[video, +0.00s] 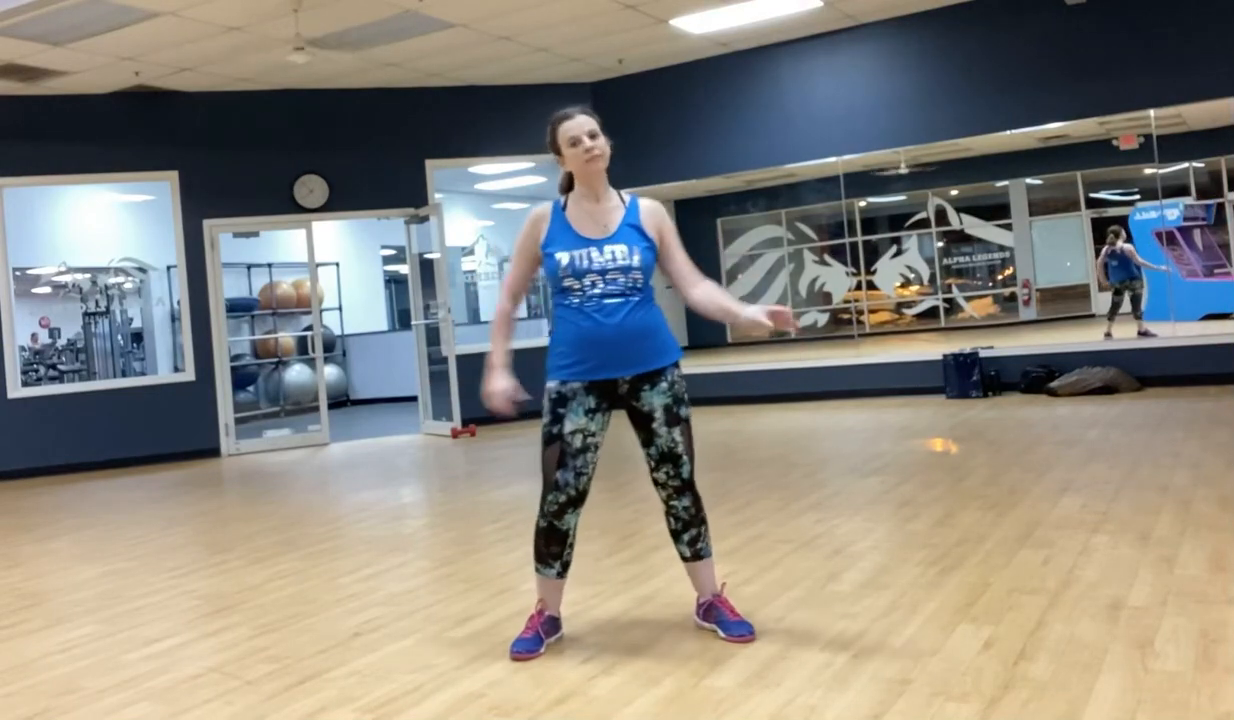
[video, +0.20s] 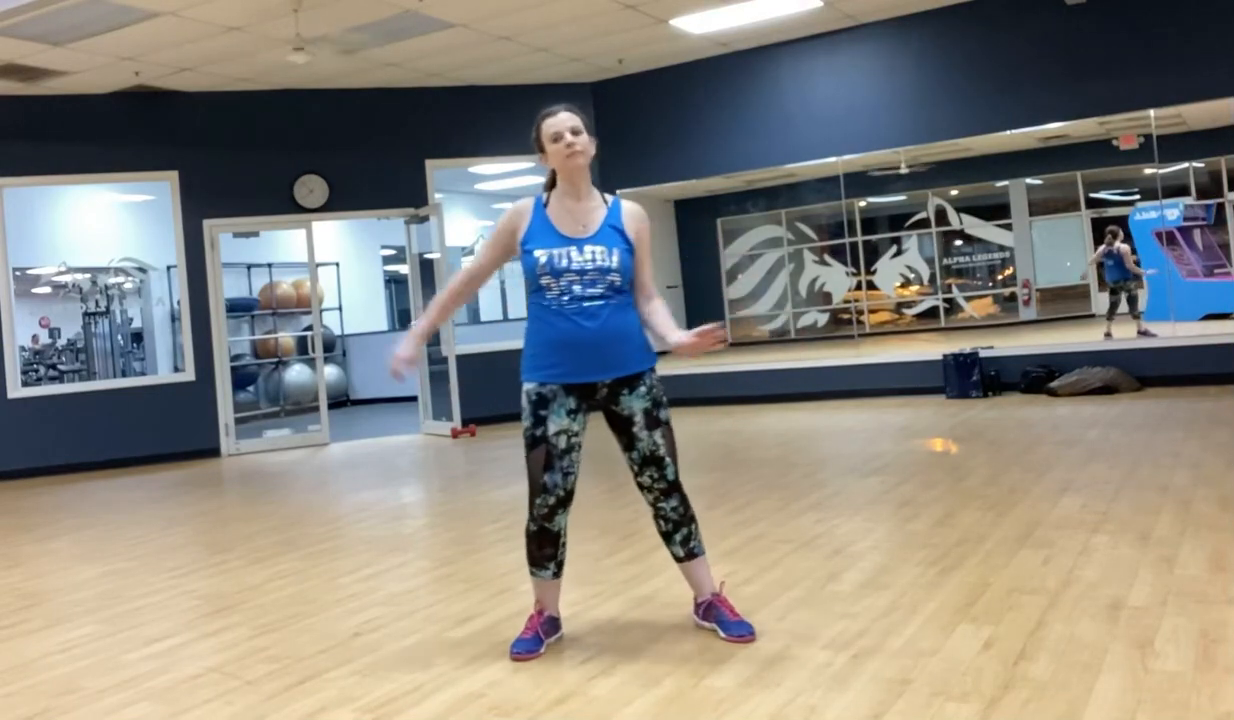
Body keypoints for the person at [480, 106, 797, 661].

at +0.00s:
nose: (590, 146)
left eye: (594, 136)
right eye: (576, 142)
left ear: (609, 143)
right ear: (561, 159)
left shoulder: (648, 212)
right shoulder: (544, 220)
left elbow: (694, 286)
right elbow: (510, 299)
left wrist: (747, 314)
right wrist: (498, 366)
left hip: (653, 370)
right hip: (576, 379)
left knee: (678, 484)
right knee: (560, 496)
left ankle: (711, 601)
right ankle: (546, 614)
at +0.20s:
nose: (571, 142)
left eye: (577, 132)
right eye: (558, 138)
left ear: (593, 143)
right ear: (544, 156)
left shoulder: (629, 216)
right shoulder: (523, 217)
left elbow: (647, 295)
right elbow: (467, 281)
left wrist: (676, 337)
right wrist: (416, 336)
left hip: (629, 372)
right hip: (553, 380)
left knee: (664, 484)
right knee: (548, 498)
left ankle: (708, 598)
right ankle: (545, 613)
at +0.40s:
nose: (555, 138)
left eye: (562, 130)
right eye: (542, 134)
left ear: (578, 141)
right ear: (529, 152)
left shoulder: (614, 213)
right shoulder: (508, 214)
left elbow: (638, 291)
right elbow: (441, 258)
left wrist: (639, 346)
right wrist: (374, 290)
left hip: (612, 372)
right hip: (538, 380)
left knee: (661, 481)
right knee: (538, 499)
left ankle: (706, 598)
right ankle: (545, 614)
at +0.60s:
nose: (553, 134)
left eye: (559, 126)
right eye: (541, 131)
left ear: (578, 139)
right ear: (527, 151)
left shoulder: (615, 205)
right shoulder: (507, 208)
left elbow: (654, 274)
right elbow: (428, 223)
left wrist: (647, 339)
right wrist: (345, 222)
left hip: (617, 369)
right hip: (543, 378)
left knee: (670, 471)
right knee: (540, 495)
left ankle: (687, 599)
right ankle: (545, 614)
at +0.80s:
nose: (581, 136)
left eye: (587, 128)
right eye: (568, 135)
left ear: (608, 142)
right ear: (559, 158)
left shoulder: (651, 202)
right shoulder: (549, 212)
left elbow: (680, 264)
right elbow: (469, 233)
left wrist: (674, 329)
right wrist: (391, 228)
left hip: (645, 374)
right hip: (573, 378)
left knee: (690, 480)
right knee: (542, 493)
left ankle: (677, 607)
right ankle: (516, 603)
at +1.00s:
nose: (609, 148)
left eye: (614, 141)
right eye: (595, 149)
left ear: (632, 157)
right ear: (584, 175)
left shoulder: (661, 216)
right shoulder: (579, 235)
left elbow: (659, 299)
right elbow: (556, 330)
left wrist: (659, 364)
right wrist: (519, 403)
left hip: (656, 389)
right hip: (591, 394)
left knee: (711, 489)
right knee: (539, 508)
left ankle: (679, 610)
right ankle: (458, 613)